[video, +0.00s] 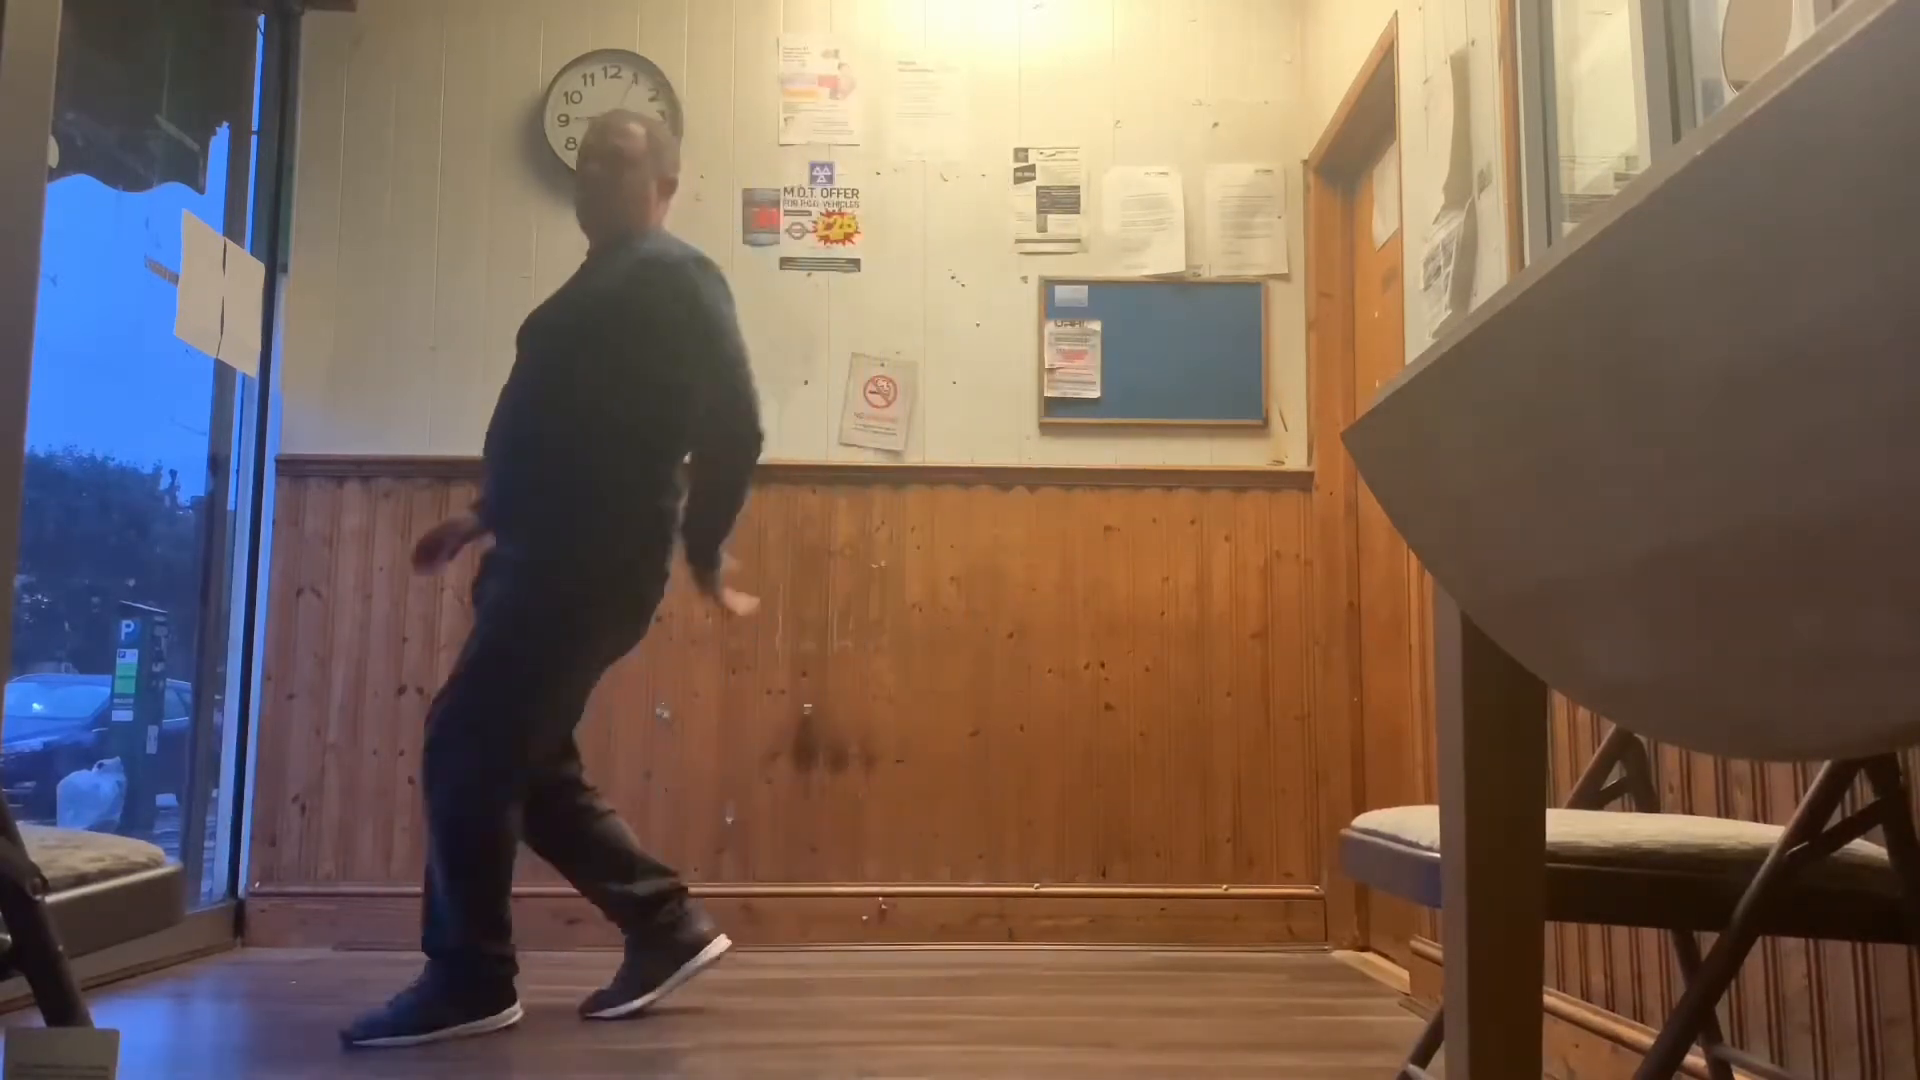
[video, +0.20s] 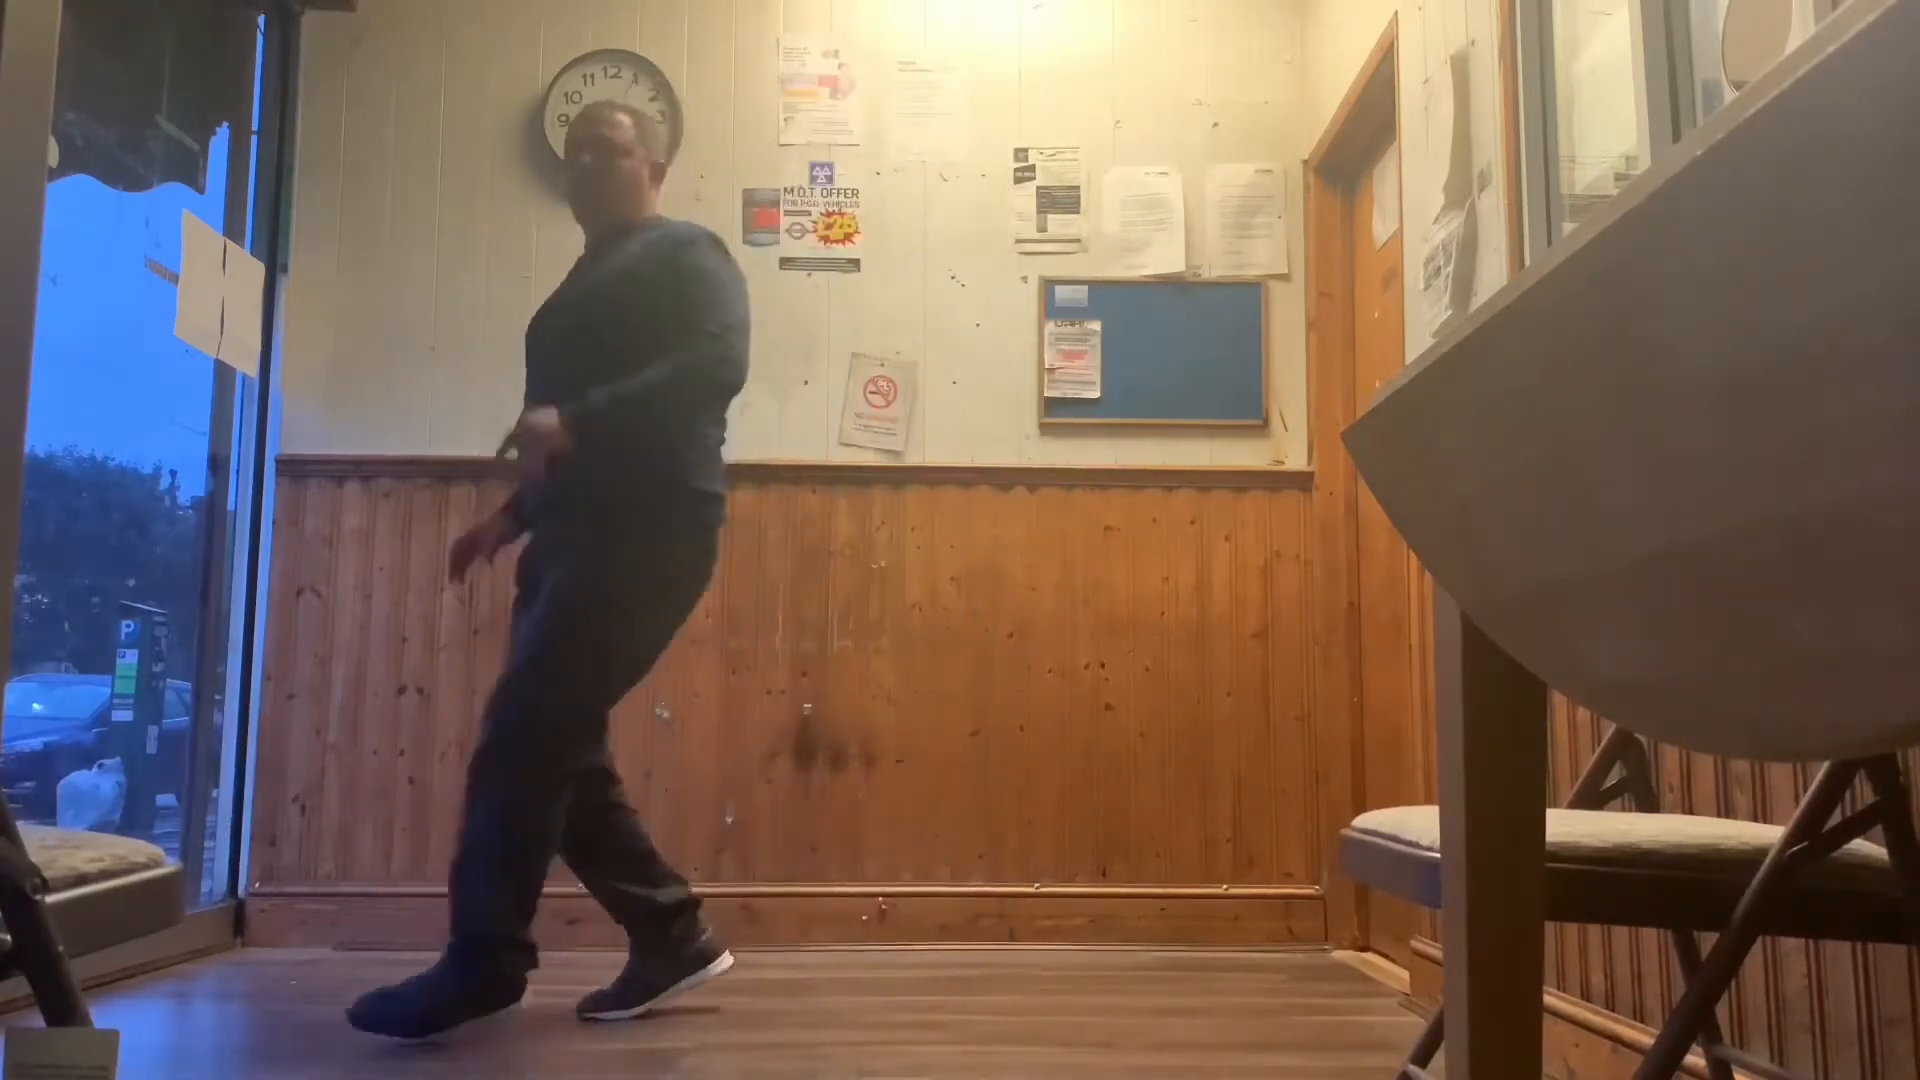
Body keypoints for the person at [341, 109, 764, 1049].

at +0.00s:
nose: (592, 181)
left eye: (613, 165)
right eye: (588, 166)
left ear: (661, 186)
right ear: (580, 181)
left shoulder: (679, 278)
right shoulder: (574, 300)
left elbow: (732, 425)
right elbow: (555, 437)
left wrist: (703, 542)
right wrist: (480, 519)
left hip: (588, 564)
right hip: (540, 562)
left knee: (465, 744)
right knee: (527, 762)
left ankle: (470, 975)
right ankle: (663, 926)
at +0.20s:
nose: (589, 159)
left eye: (611, 145)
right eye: (580, 148)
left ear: (656, 171)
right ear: (565, 176)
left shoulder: (688, 252)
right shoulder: (558, 309)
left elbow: (717, 364)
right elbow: (559, 448)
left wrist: (578, 419)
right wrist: (503, 524)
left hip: (643, 533)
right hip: (565, 539)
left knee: (525, 730)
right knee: (550, 743)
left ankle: (483, 962)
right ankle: (670, 937)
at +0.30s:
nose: (597, 169)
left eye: (620, 155)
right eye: (586, 159)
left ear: (664, 182)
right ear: (576, 191)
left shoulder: (700, 247)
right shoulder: (585, 307)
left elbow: (739, 311)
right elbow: (589, 464)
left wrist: (578, 320)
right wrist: (517, 545)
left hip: (682, 529)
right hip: (607, 540)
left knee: (578, 725)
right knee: (575, 730)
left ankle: (617, 954)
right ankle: (679, 936)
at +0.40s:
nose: (618, 177)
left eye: (641, 164)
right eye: (609, 167)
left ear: (688, 191)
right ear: (596, 193)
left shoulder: (718, 261)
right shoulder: (599, 329)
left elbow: (774, 257)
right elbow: (605, 462)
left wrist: (621, 235)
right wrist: (536, 535)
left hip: (712, 531)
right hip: (623, 549)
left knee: (653, 708)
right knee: (581, 768)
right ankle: (686, 958)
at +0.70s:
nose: (718, 128)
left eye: (739, 120)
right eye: (704, 118)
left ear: (772, 155)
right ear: (678, 149)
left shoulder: (805, 229)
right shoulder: (653, 270)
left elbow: (877, 353)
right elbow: (638, 379)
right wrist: (626, 455)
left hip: (820, 516)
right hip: (711, 529)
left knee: (893, 715)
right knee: (738, 760)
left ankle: (979, 925)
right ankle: (791, 953)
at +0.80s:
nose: (757, 147)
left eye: (779, 136)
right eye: (741, 135)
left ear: (815, 167)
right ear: (717, 162)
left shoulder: (867, 262)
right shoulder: (678, 279)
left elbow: (921, 407)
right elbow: (650, 395)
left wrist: (939, 541)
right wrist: (647, 464)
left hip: (862, 544)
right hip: (738, 557)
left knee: (926, 736)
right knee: (743, 780)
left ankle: (999, 952)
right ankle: (792, 960)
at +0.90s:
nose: (828, 127)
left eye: (844, 115)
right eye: (808, 112)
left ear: (866, 140)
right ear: (773, 136)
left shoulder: (915, 244)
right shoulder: (714, 251)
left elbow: (971, 388)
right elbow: (671, 373)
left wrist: (967, 515)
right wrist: (682, 461)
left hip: (898, 532)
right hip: (770, 537)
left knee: (945, 739)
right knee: (768, 754)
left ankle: (981, 965)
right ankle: (786, 952)